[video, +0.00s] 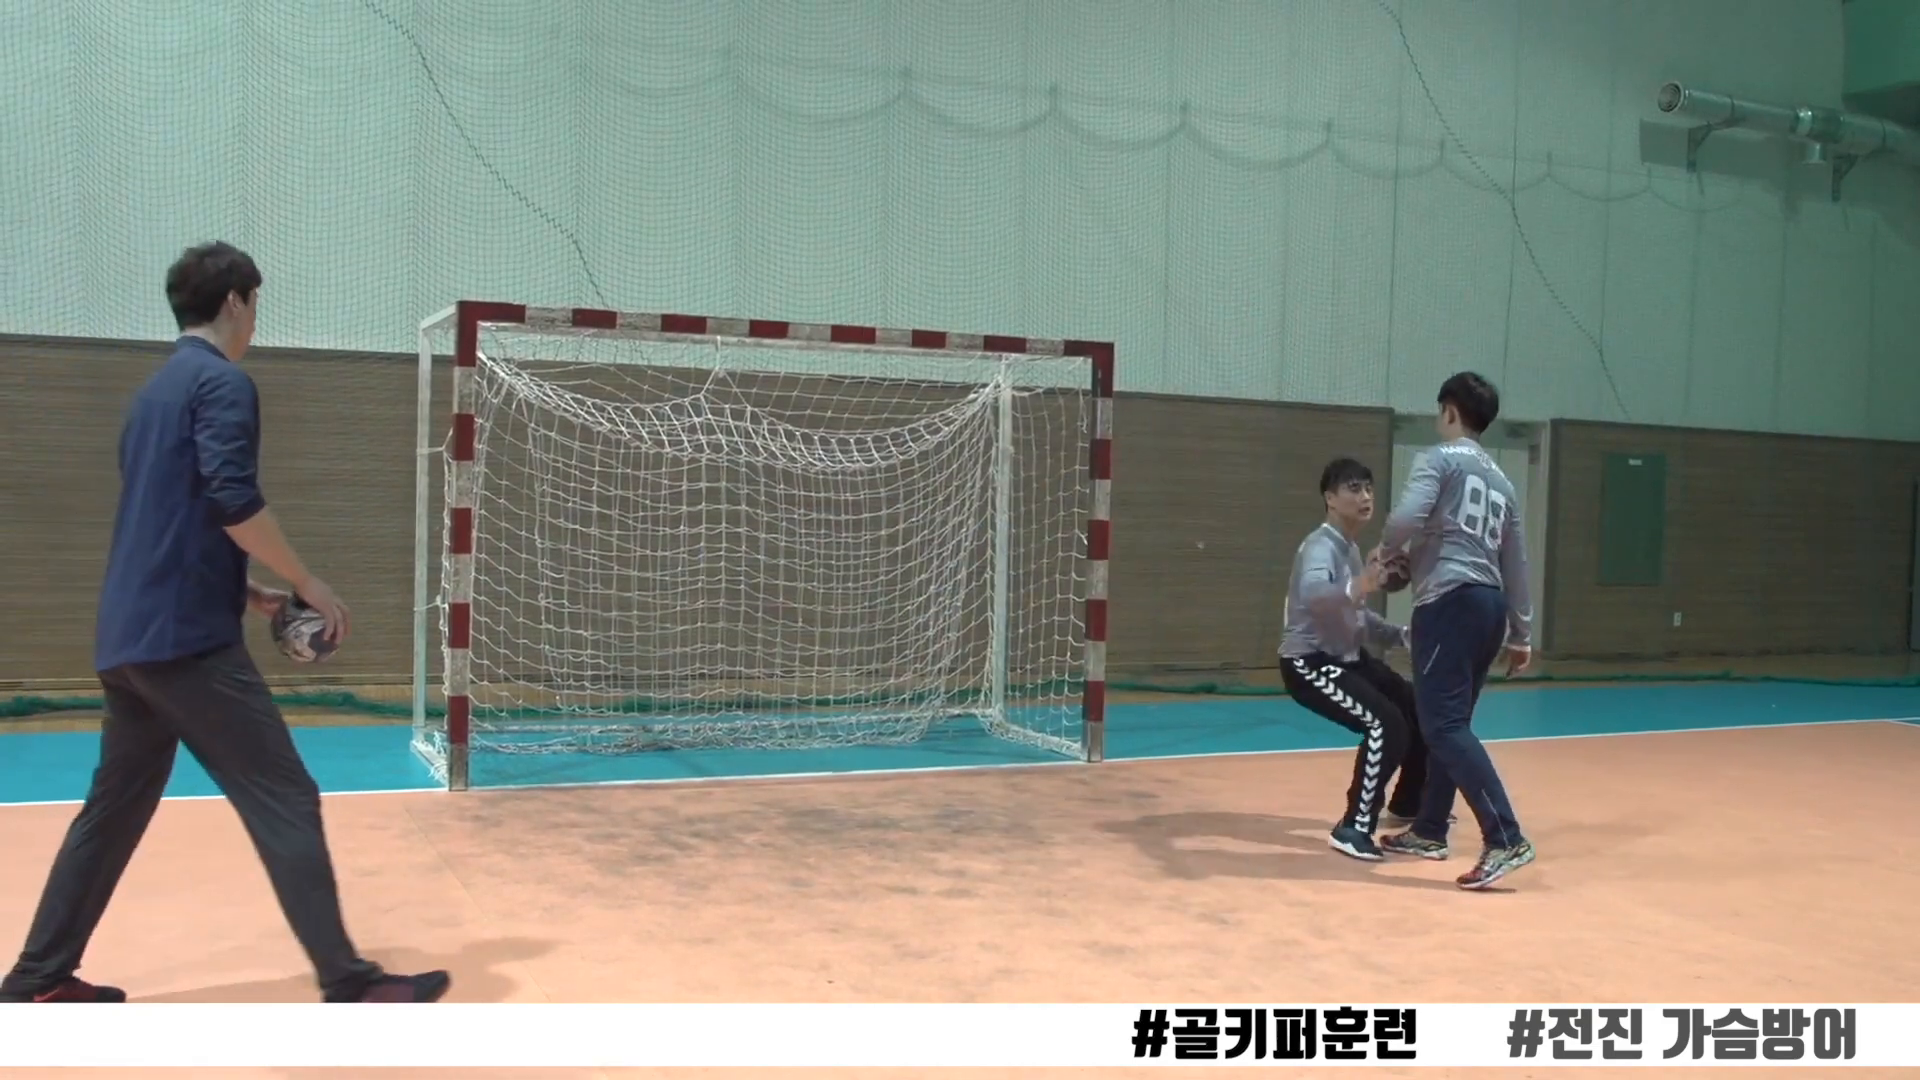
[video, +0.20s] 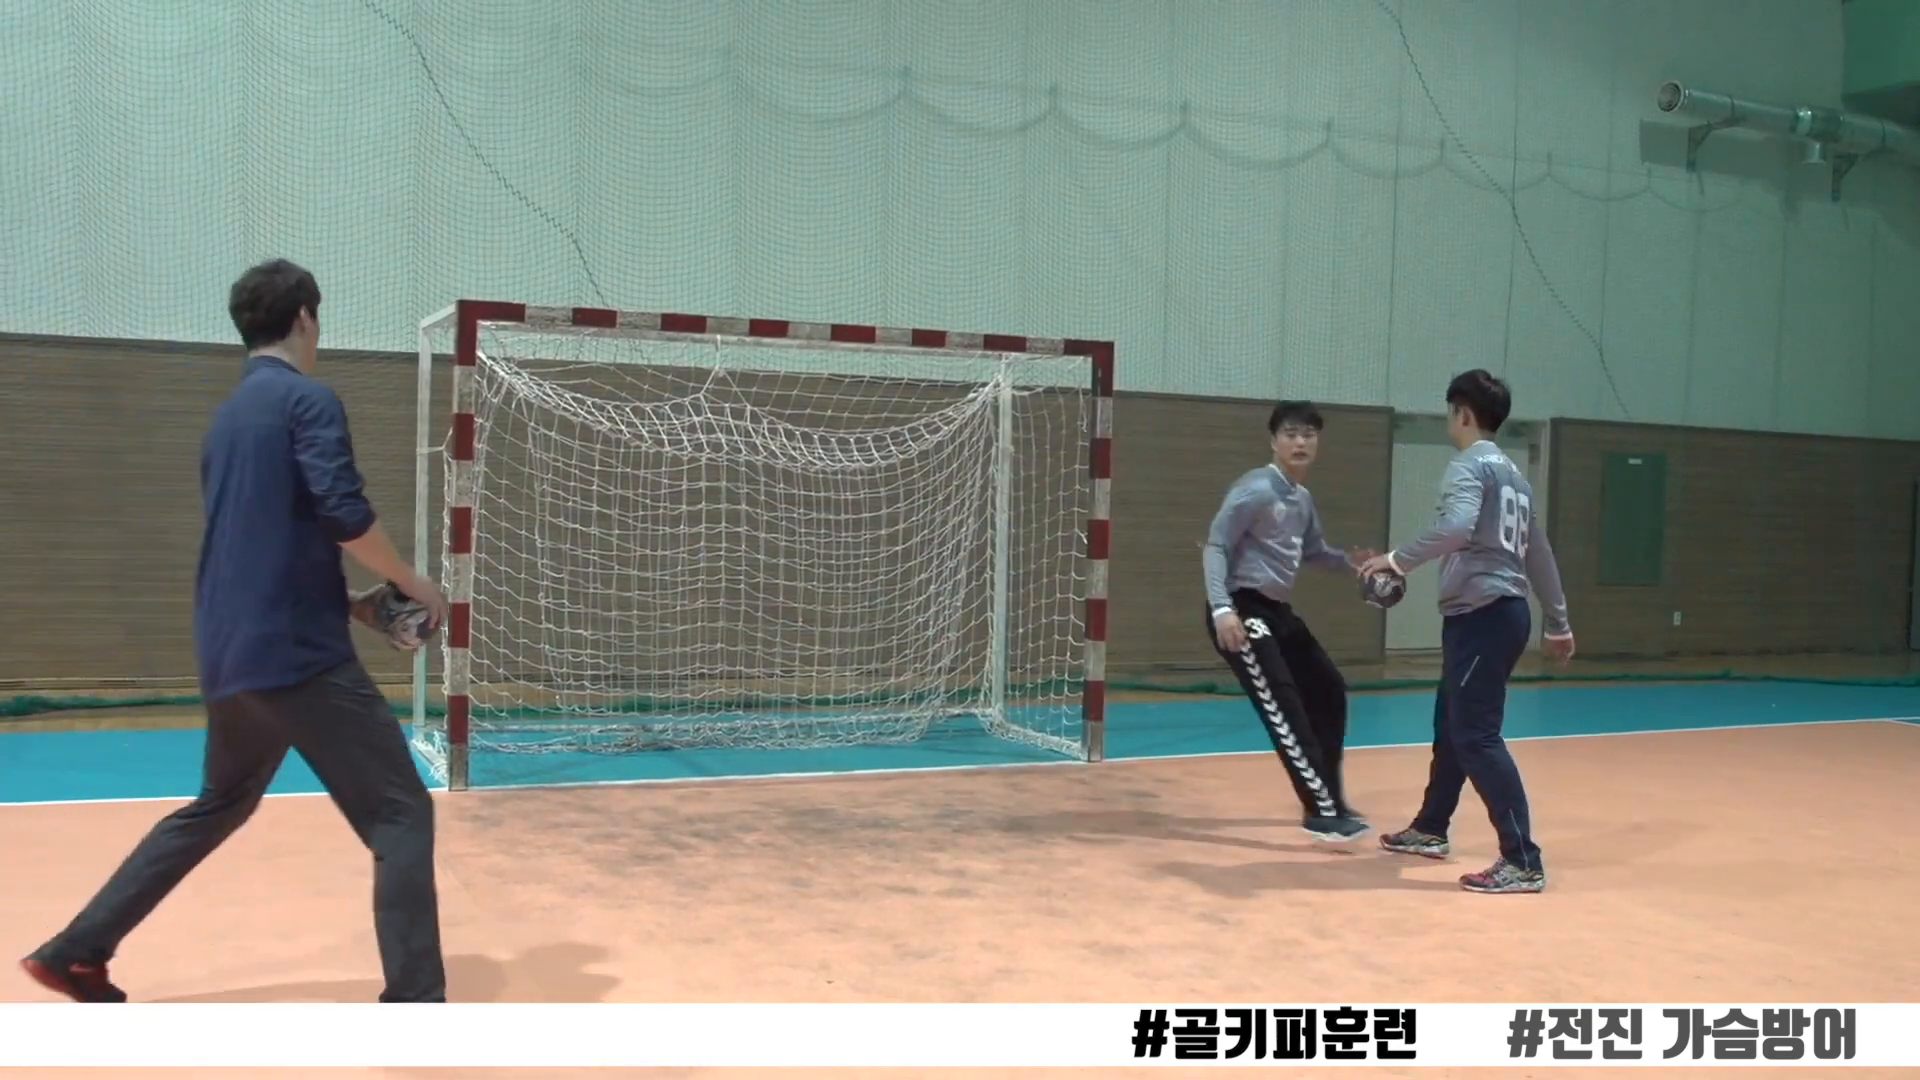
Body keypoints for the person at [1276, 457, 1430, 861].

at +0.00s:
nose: (1365, 496)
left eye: (1368, 489)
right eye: (1353, 489)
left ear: (1374, 496)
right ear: (1329, 499)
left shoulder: (1349, 550)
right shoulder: (1321, 545)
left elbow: (1356, 620)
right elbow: (1313, 596)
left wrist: (1407, 635)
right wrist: (1358, 587)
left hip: (1345, 659)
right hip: (1308, 662)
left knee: (1418, 707)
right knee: (1385, 721)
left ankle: (1408, 803)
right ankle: (1355, 828)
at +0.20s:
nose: (1299, 442)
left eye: (1308, 434)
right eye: (1290, 434)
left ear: (1319, 443)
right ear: (1274, 441)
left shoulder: (1303, 499)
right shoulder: (1254, 489)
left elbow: (1311, 551)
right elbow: (1215, 546)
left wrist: (1351, 561)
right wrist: (1221, 609)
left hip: (1277, 609)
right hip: (1242, 608)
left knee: (1328, 691)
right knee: (1282, 704)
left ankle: (1332, 803)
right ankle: (1319, 811)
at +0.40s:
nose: (1195, 442)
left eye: (1205, 434)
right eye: (1188, 434)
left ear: (1222, 440)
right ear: (1178, 439)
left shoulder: (1222, 497)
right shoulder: (1162, 489)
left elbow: (1224, 551)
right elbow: (1124, 542)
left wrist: (1249, 582)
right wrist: (1147, 568)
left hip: (1205, 614)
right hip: (1161, 612)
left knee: (1245, 704)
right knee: (1166, 713)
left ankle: (1230, 803)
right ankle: (1086, 779)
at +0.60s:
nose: (1092, 429)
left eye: (1103, 422)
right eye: (1086, 419)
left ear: (1121, 429)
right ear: (1076, 423)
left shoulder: (1124, 485)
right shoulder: (1051, 471)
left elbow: (1138, 530)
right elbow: (992, 511)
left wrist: (1162, 554)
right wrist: (989, 570)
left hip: (1084, 594)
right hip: (1035, 590)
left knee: (1111, 685)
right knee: (1040, 691)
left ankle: (1074, 761)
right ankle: (1042, 784)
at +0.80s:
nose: (977, 469)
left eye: (988, 461)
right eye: (972, 460)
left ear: (1007, 469)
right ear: (965, 465)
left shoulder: (1024, 527)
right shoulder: (937, 515)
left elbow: (1056, 561)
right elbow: (899, 568)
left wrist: (1073, 576)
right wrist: (866, 613)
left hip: (967, 630)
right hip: (920, 619)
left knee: (951, 708)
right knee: (903, 693)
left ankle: (916, 764)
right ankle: (849, 753)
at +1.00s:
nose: (859, 463)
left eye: (871, 456)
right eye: (855, 454)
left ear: (893, 468)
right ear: (848, 458)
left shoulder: (906, 534)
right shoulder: (813, 504)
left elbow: (937, 571)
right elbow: (772, 535)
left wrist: (957, 580)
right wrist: (721, 557)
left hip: (861, 641)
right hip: (806, 632)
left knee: (892, 725)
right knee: (766, 708)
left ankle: (919, 756)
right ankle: (766, 788)